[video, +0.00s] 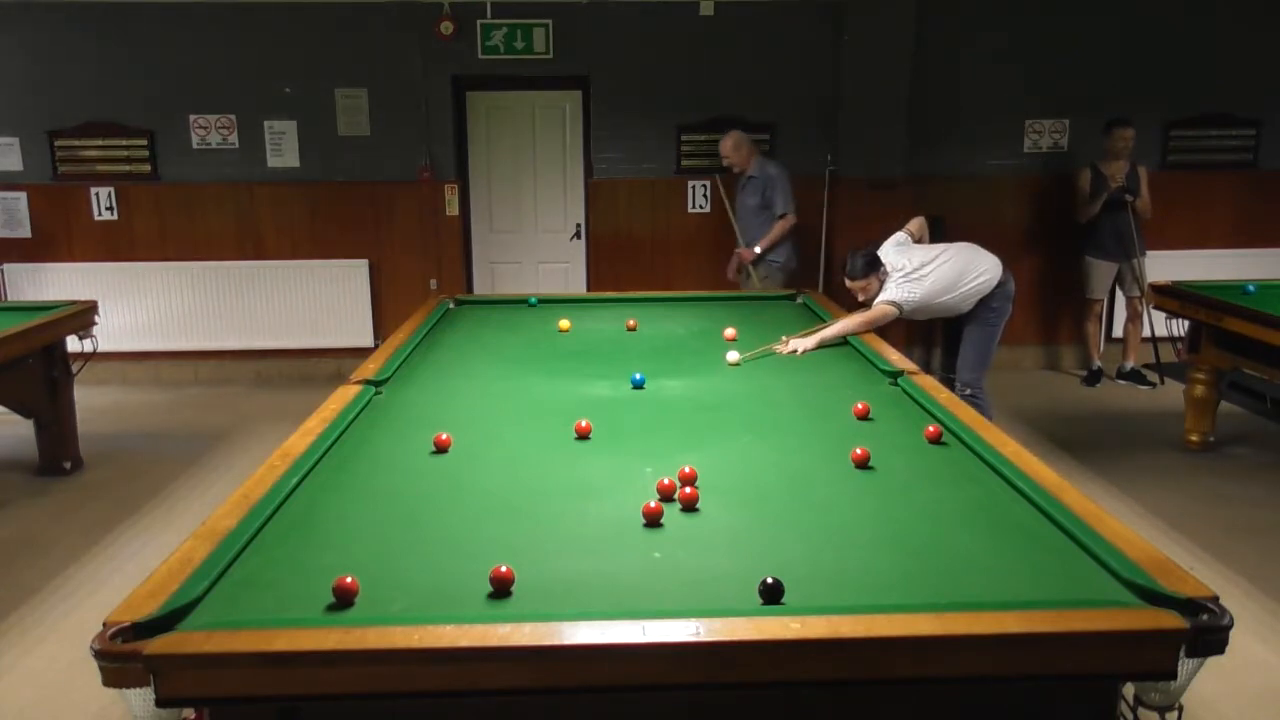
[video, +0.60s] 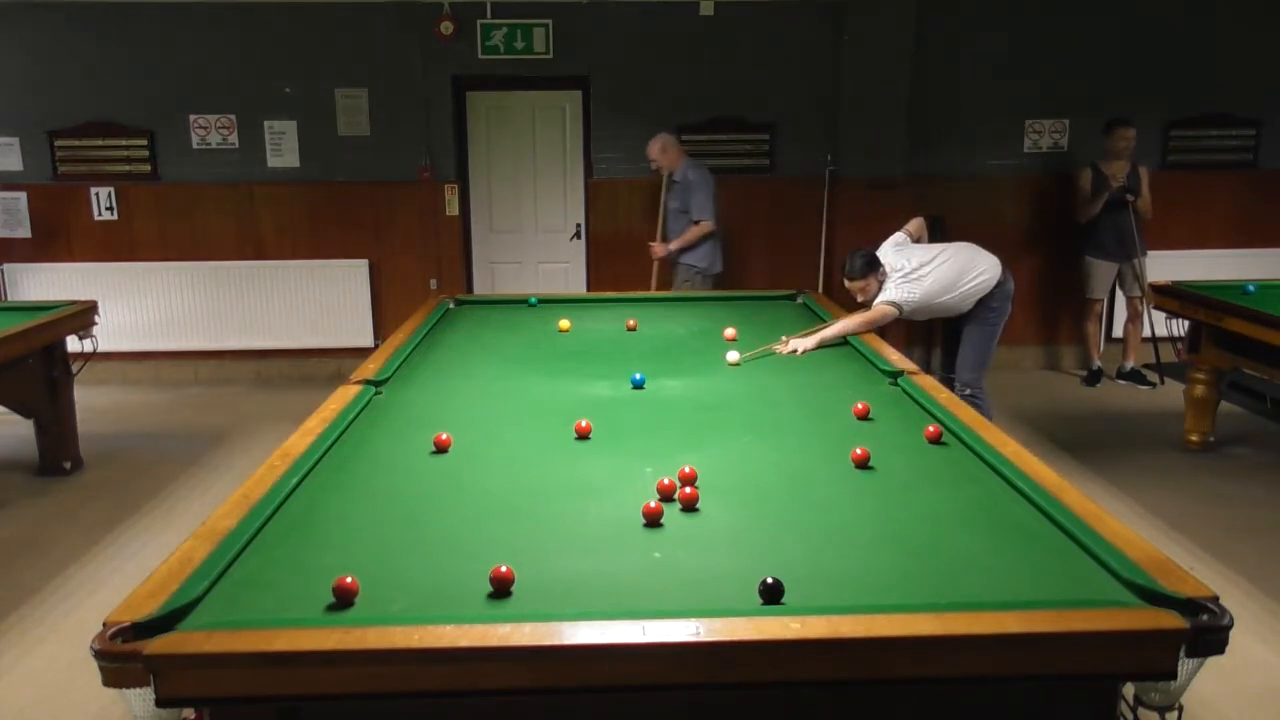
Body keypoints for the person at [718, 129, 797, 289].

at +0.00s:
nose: (725, 163)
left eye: (728, 157)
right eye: (723, 158)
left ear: (744, 151)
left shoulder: (773, 173)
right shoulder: (745, 177)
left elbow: (788, 218)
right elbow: (749, 224)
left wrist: (756, 250)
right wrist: (738, 255)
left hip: (772, 264)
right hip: (751, 262)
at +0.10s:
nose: (715, 164)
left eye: (718, 158)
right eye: (713, 159)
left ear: (733, 151)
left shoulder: (761, 172)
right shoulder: (739, 177)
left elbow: (777, 218)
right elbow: (742, 226)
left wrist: (741, 247)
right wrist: (725, 258)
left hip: (763, 261)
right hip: (747, 260)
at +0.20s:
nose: (705, 166)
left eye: (707, 160)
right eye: (703, 161)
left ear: (723, 152)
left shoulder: (750, 174)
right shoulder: (727, 178)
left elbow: (765, 219)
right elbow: (732, 225)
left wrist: (727, 246)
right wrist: (718, 259)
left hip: (750, 263)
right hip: (732, 261)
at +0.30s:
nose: (694, 168)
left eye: (696, 162)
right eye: (692, 163)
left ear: (712, 154)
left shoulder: (738, 175)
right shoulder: (716, 179)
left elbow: (752, 221)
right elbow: (715, 229)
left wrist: (713, 247)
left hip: (739, 265)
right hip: (722, 262)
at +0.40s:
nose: (679, 169)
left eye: (682, 163)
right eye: (678, 164)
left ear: (697, 156)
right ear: (695, 157)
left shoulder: (724, 177)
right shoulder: (702, 180)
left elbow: (738, 224)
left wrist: (699, 248)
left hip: (727, 266)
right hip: (712, 263)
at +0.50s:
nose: (666, 169)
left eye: (668, 162)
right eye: (664, 163)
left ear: (683, 155)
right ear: (682, 156)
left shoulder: (708, 176)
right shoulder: (692, 177)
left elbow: (722, 224)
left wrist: (685, 248)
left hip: (712, 264)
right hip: (700, 262)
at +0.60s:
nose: (653, 167)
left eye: (655, 160)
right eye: (651, 162)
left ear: (669, 152)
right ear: (669, 153)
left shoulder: (695, 175)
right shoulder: (681, 176)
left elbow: (707, 224)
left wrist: (670, 247)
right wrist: (667, 247)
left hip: (697, 265)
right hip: (686, 262)